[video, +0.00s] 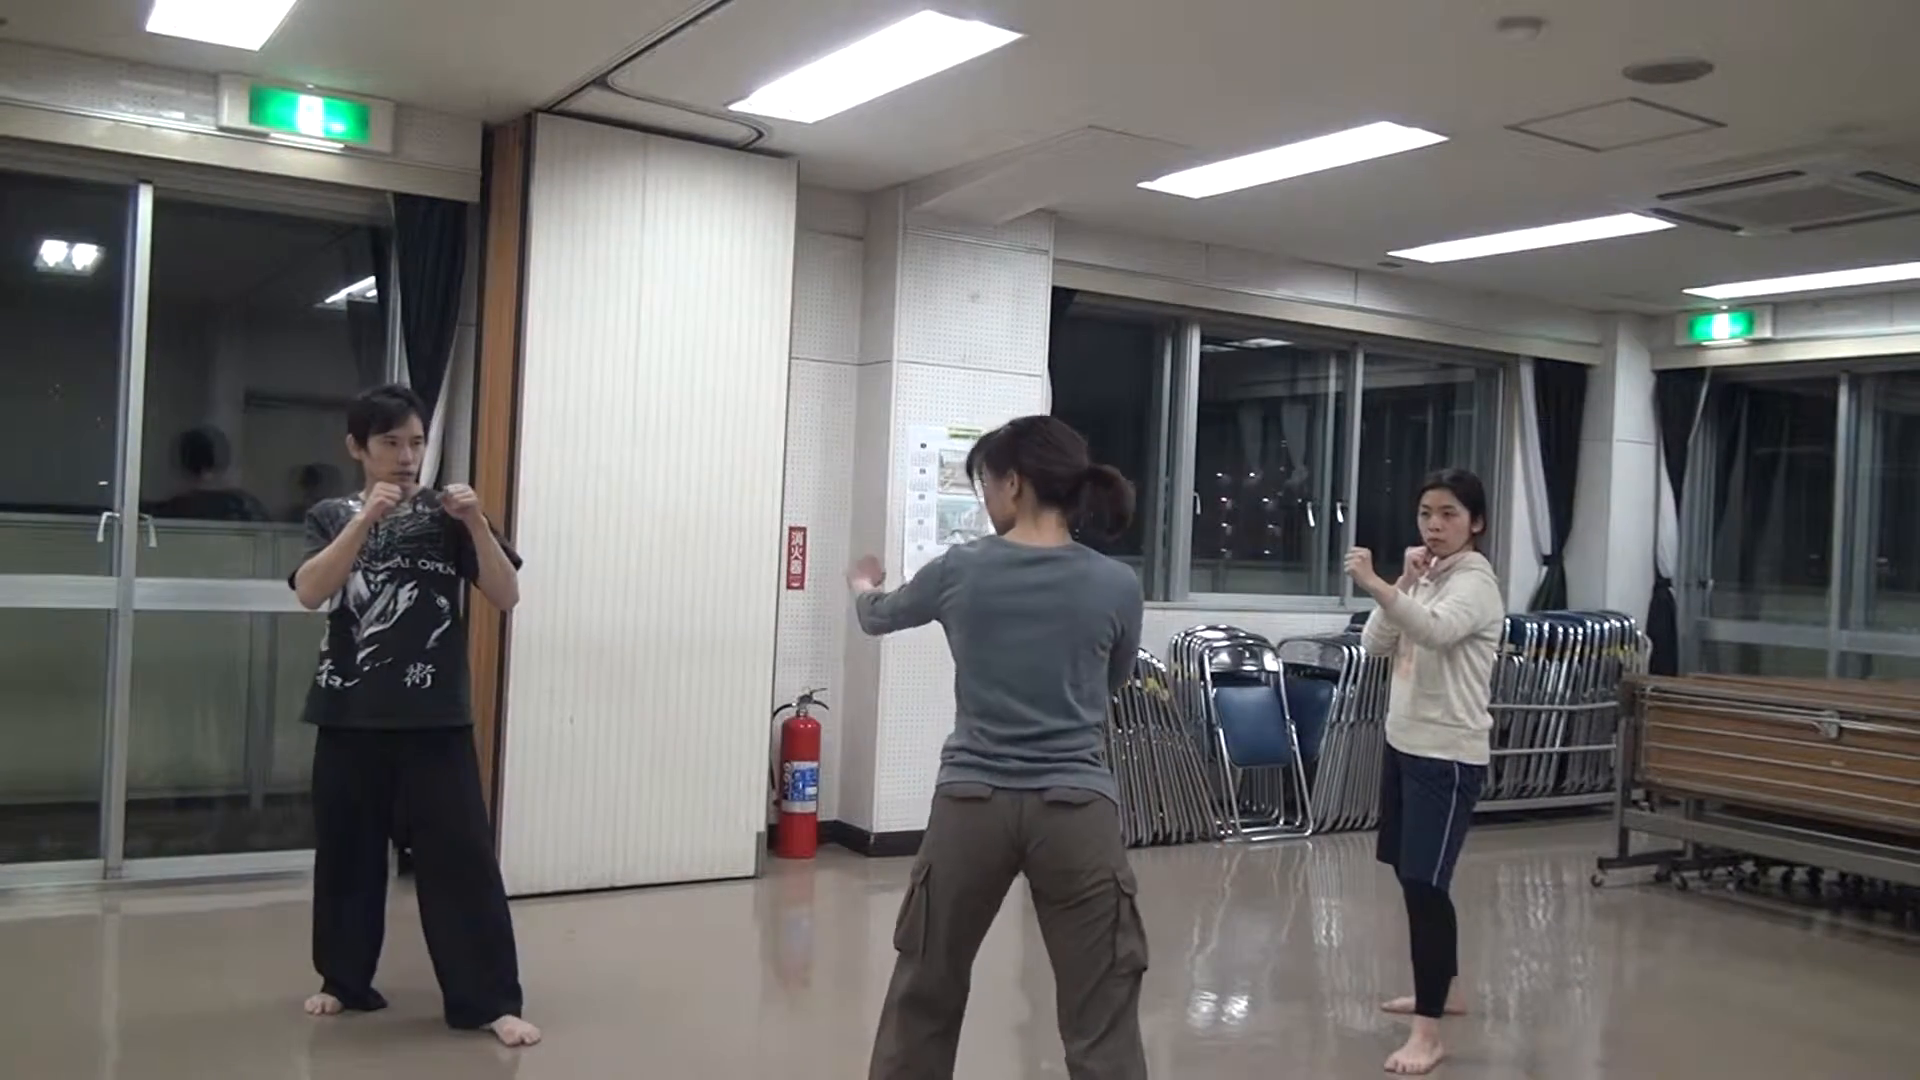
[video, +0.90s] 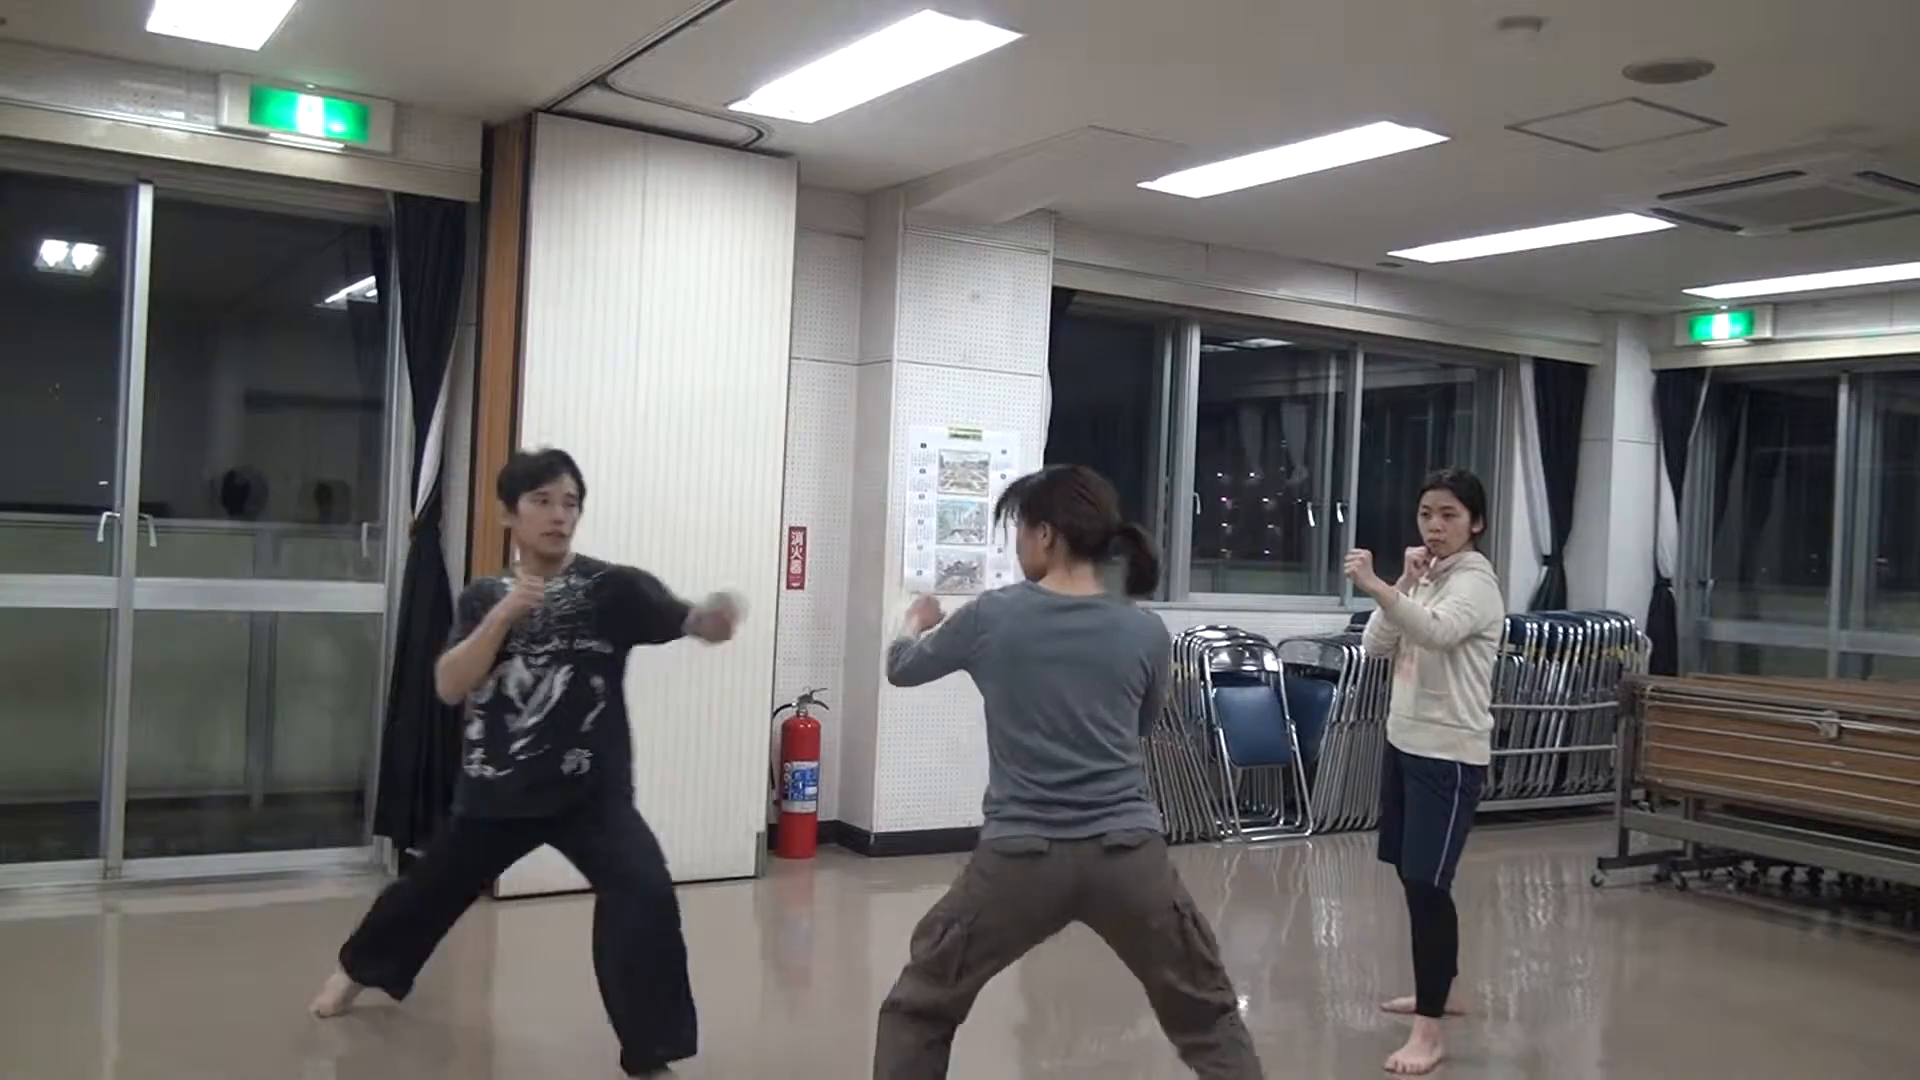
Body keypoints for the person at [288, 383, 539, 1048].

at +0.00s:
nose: (406, 455)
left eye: (415, 443)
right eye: (391, 444)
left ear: (427, 445)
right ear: (357, 447)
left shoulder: (452, 516)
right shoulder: (335, 517)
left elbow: (504, 595)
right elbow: (310, 590)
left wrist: (476, 524)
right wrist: (364, 519)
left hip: (435, 721)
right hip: (352, 721)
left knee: (464, 860)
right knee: (346, 855)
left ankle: (494, 1004)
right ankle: (342, 984)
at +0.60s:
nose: (435, 476)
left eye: (444, 463)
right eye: (419, 463)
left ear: (454, 463)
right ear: (384, 465)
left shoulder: (476, 534)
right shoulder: (359, 532)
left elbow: (535, 621)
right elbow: (332, 608)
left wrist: (510, 558)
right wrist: (386, 538)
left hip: (463, 734)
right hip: (380, 732)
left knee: (498, 864)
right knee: (358, 858)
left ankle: (512, 1007)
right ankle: (347, 983)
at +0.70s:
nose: (462, 513)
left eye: (472, 501)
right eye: (446, 500)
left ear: (482, 506)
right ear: (413, 505)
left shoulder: (504, 579)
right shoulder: (376, 573)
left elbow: (550, 673)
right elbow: (339, 654)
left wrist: (533, 617)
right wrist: (401, 589)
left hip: (481, 777)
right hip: (391, 776)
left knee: (545, 879)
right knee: (350, 886)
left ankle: (561, 1027)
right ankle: (342, 984)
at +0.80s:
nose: (507, 525)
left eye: (518, 513)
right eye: (492, 511)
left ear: (527, 521)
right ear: (458, 518)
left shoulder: (550, 600)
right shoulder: (418, 593)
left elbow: (602, 690)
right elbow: (380, 682)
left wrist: (591, 655)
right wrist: (436, 622)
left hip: (516, 792)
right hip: (422, 792)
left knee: (593, 887)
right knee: (373, 892)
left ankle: (638, 1042)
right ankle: (338, 979)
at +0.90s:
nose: (559, 515)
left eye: (570, 504)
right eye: (543, 503)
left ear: (581, 514)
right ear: (511, 515)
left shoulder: (612, 588)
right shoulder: (483, 598)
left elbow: (691, 623)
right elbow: (450, 686)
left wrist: (716, 617)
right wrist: (502, 616)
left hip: (590, 795)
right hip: (498, 795)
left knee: (644, 891)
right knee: (431, 886)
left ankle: (650, 1058)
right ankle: (355, 969)